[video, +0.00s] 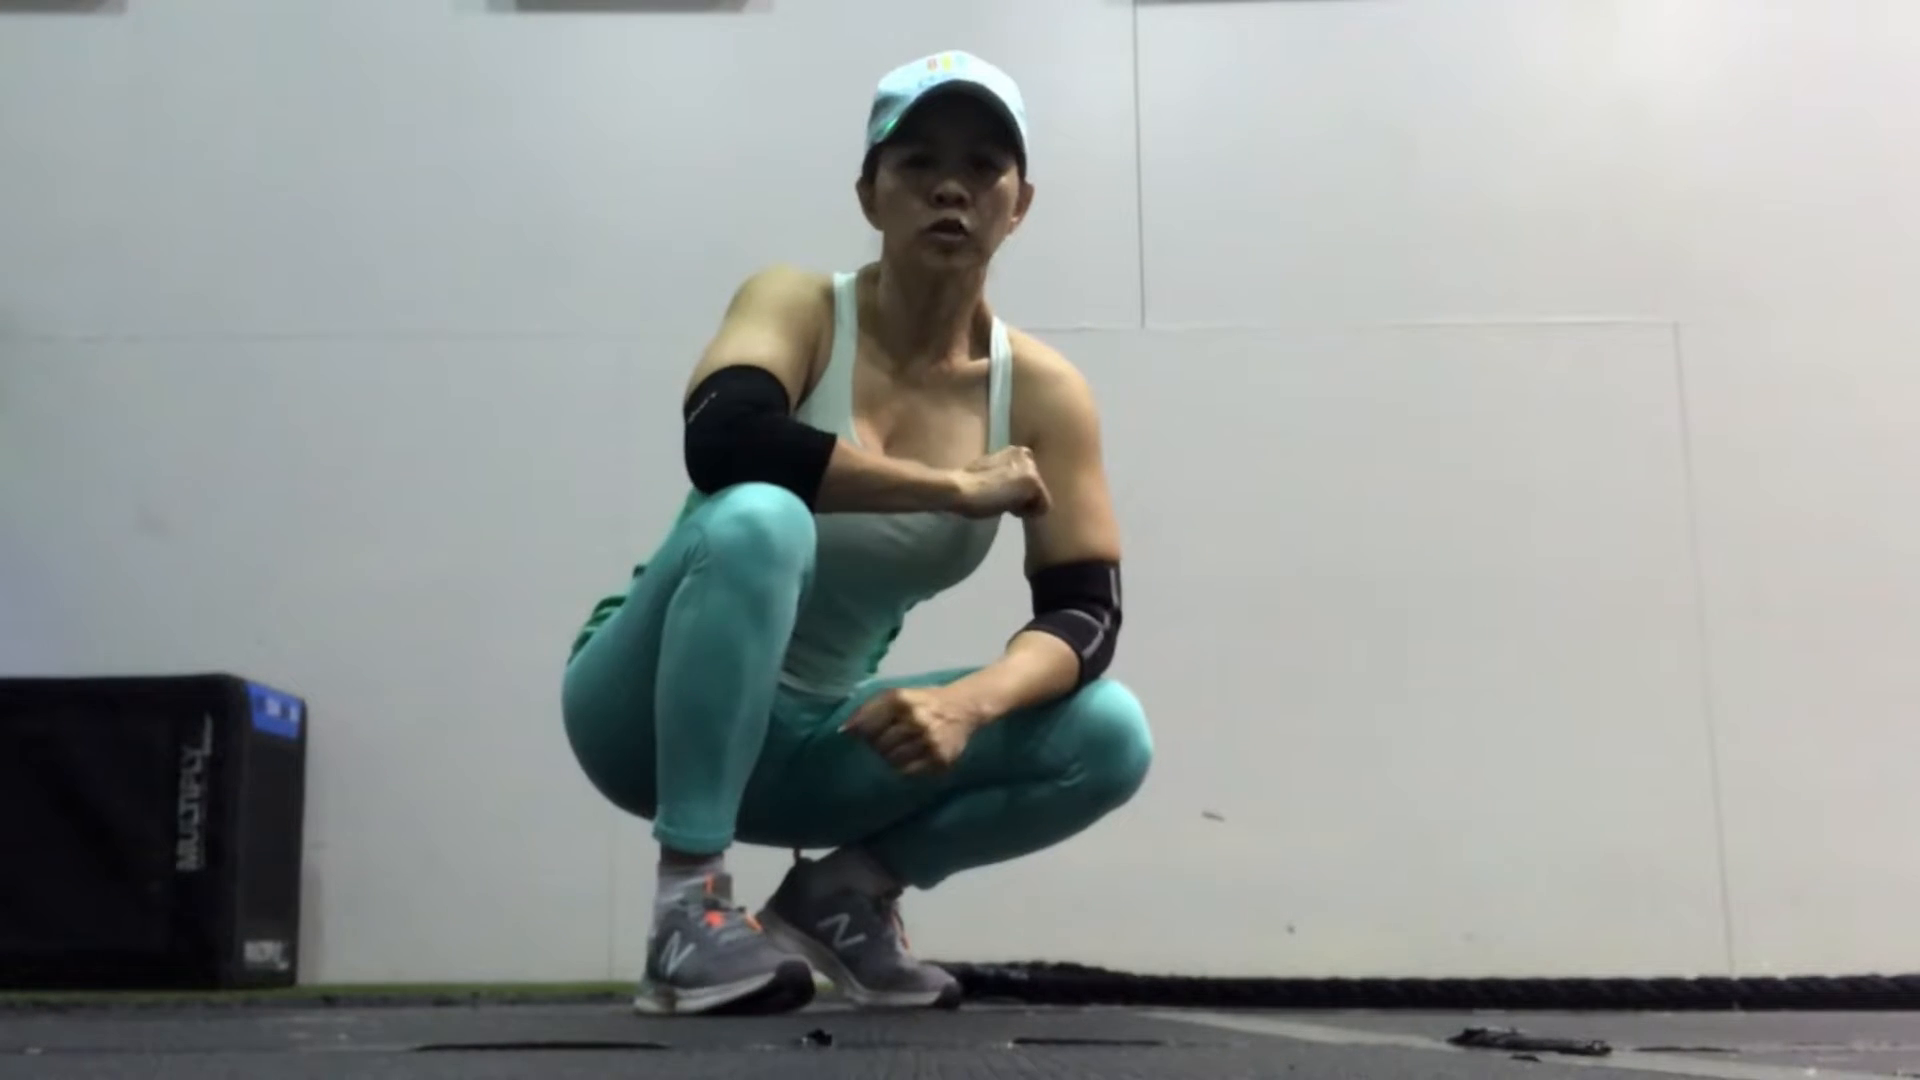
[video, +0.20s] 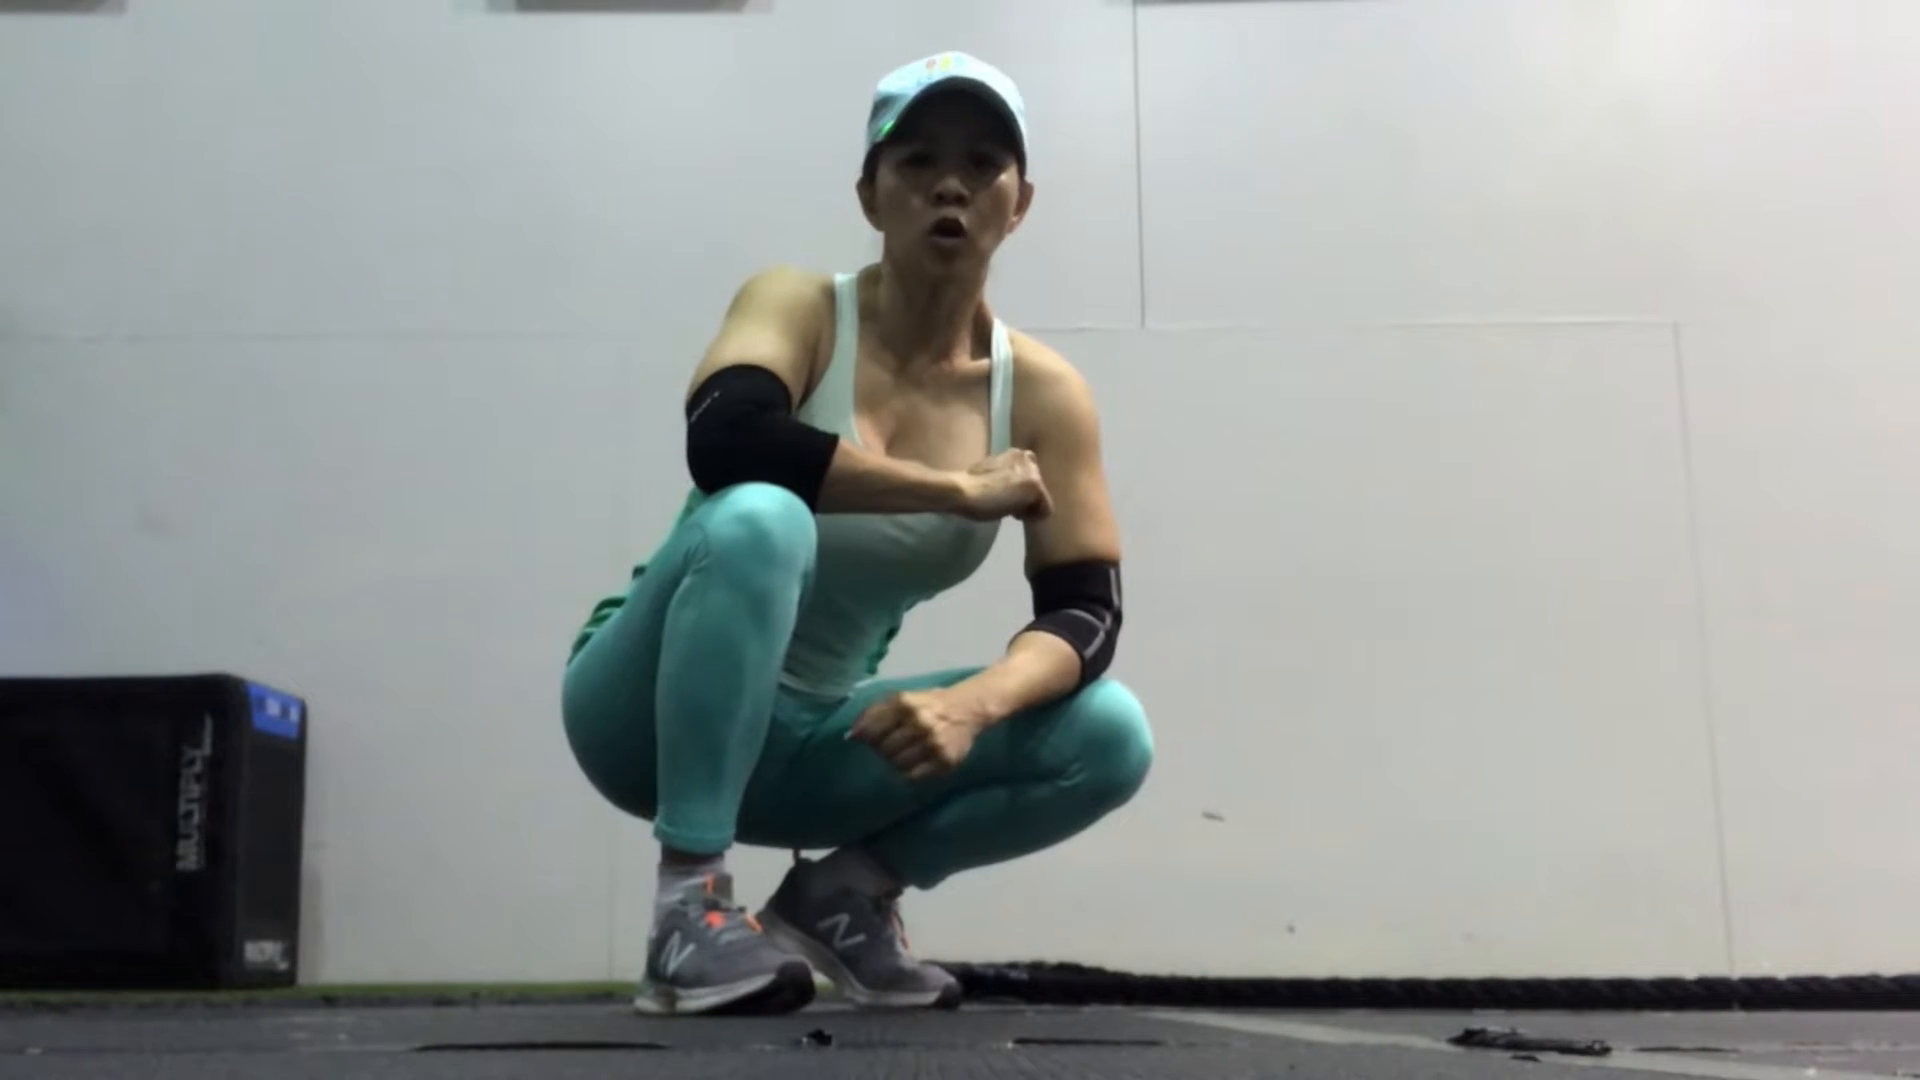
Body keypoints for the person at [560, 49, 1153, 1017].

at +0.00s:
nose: (950, 187)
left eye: (980, 165)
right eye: (920, 162)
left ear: (1019, 202)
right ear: (871, 193)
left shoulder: (1041, 392)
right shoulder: (792, 305)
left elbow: (1083, 617)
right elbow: (727, 440)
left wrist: (969, 703)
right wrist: (950, 487)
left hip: (818, 746)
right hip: (651, 712)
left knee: (1106, 737)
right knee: (759, 521)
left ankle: (842, 893)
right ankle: (691, 909)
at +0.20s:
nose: (950, 184)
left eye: (980, 162)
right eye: (919, 160)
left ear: (1019, 201)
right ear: (871, 193)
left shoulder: (1040, 392)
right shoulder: (793, 306)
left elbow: (1084, 616)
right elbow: (728, 440)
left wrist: (974, 703)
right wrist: (954, 488)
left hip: (818, 746)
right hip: (652, 712)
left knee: (1106, 737)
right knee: (760, 521)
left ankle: (841, 893)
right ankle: (691, 908)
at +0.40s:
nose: (953, 183)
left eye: (984, 162)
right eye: (923, 159)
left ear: (1022, 202)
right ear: (874, 194)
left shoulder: (1042, 393)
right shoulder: (794, 306)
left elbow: (1084, 617)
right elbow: (730, 441)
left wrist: (974, 704)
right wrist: (956, 489)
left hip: (816, 744)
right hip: (651, 709)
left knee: (1107, 737)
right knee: (761, 521)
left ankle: (842, 892)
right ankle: (691, 908)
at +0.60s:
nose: (953, 185)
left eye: (985, 163)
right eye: (923, 161)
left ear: (1025, 202)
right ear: (877, 195)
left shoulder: (1046, 395)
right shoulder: (799, 305)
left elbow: (1084, 617)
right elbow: (736, 439)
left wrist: (972, 705)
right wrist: (968, 499)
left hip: (820, 743)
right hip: (657, 709)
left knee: (1107, 737)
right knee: (758, 520)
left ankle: (841, 893)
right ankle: (692, 908)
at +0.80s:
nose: (957, 192)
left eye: (988, 169)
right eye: (926, 165)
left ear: (1029, 204)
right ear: (880, 194)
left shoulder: (1047, 396)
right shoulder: (802, 307)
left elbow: (1086, 619)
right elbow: (734, 438)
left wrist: (970, 707)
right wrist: (962, 497)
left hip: (822, 746)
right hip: (659, 711)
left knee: (1109, 739)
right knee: (760, 519)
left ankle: (841, 894)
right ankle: (692, 909)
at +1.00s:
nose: (956, 192)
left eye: (988, 169)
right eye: (926, 165)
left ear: (1029, 205)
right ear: (880, 193)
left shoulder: (1048, 396)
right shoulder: (801, 307)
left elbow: (1088, 619)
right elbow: (732, 437)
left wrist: (973, 707)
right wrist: (961, 496)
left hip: (824, 746)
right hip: (661, 711)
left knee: (1110, 740)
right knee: (758, 519)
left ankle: (841, 894)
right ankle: (691, 910)